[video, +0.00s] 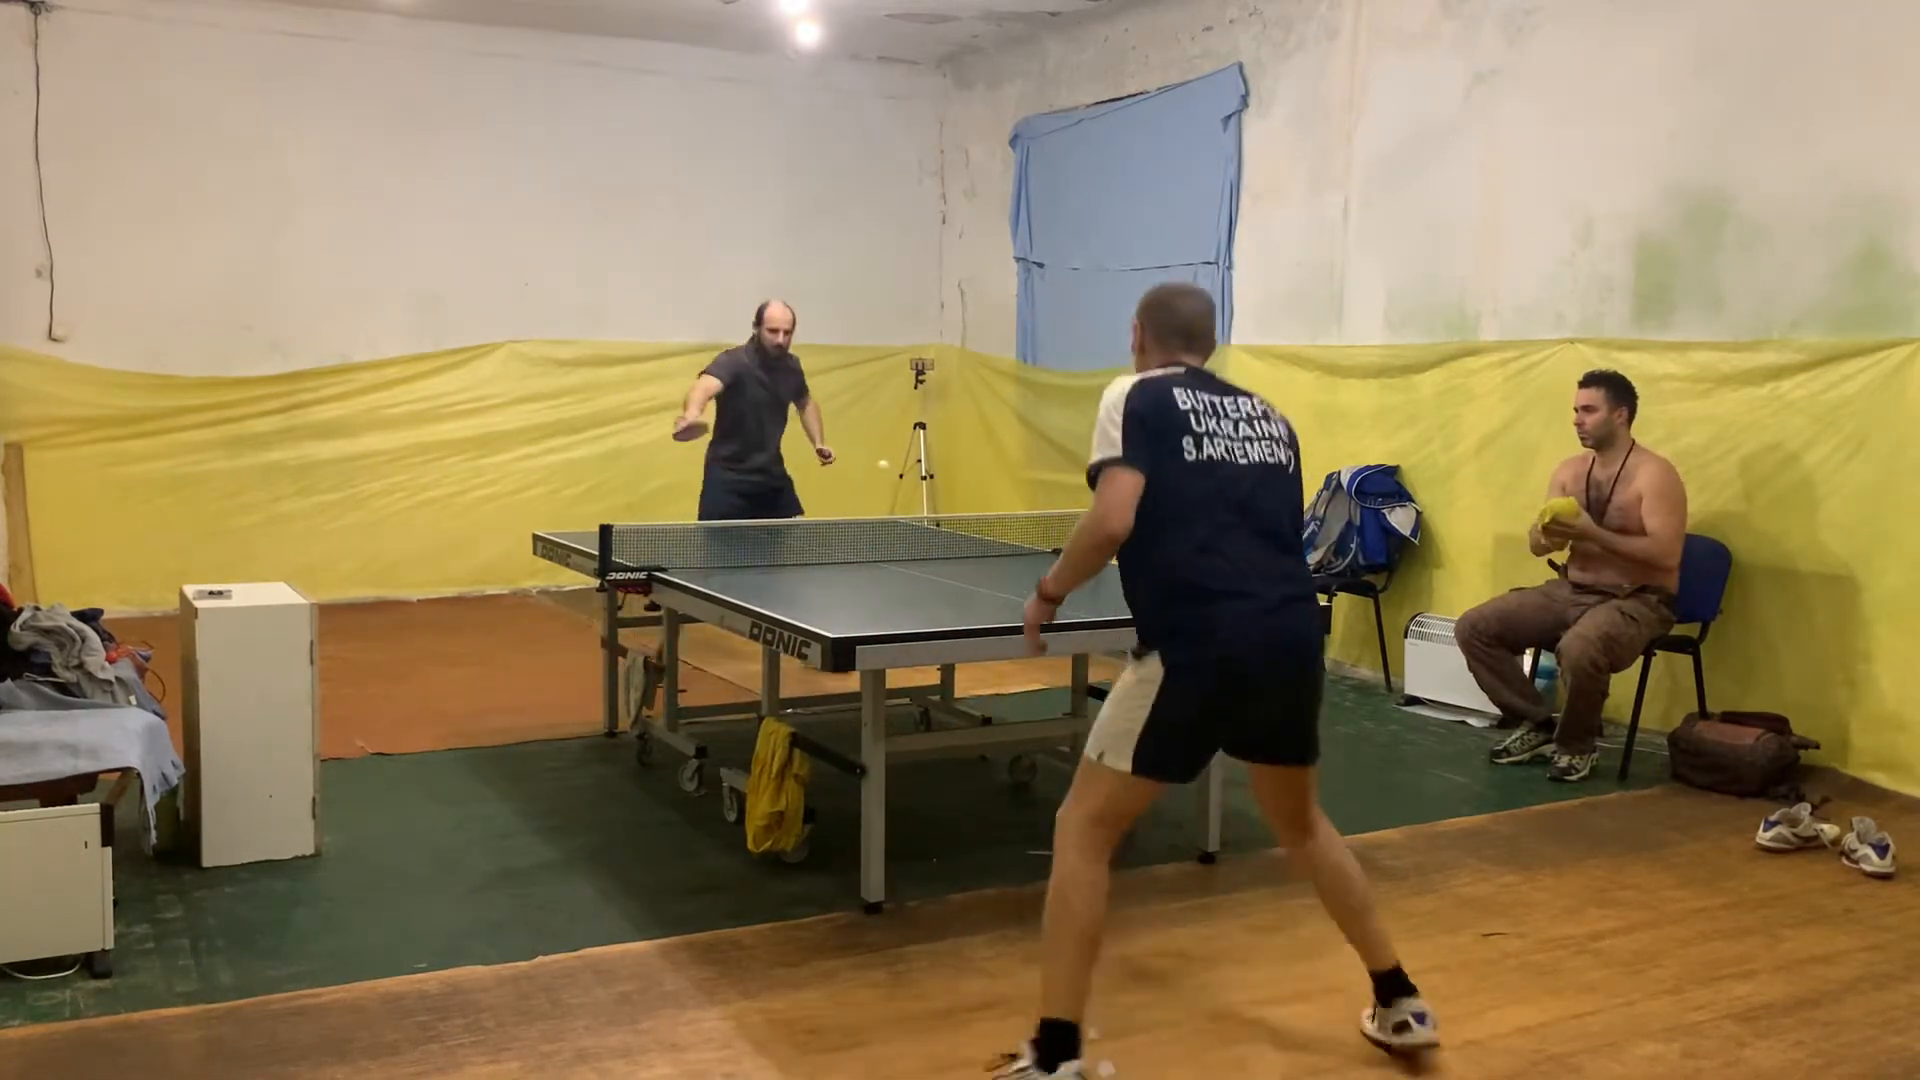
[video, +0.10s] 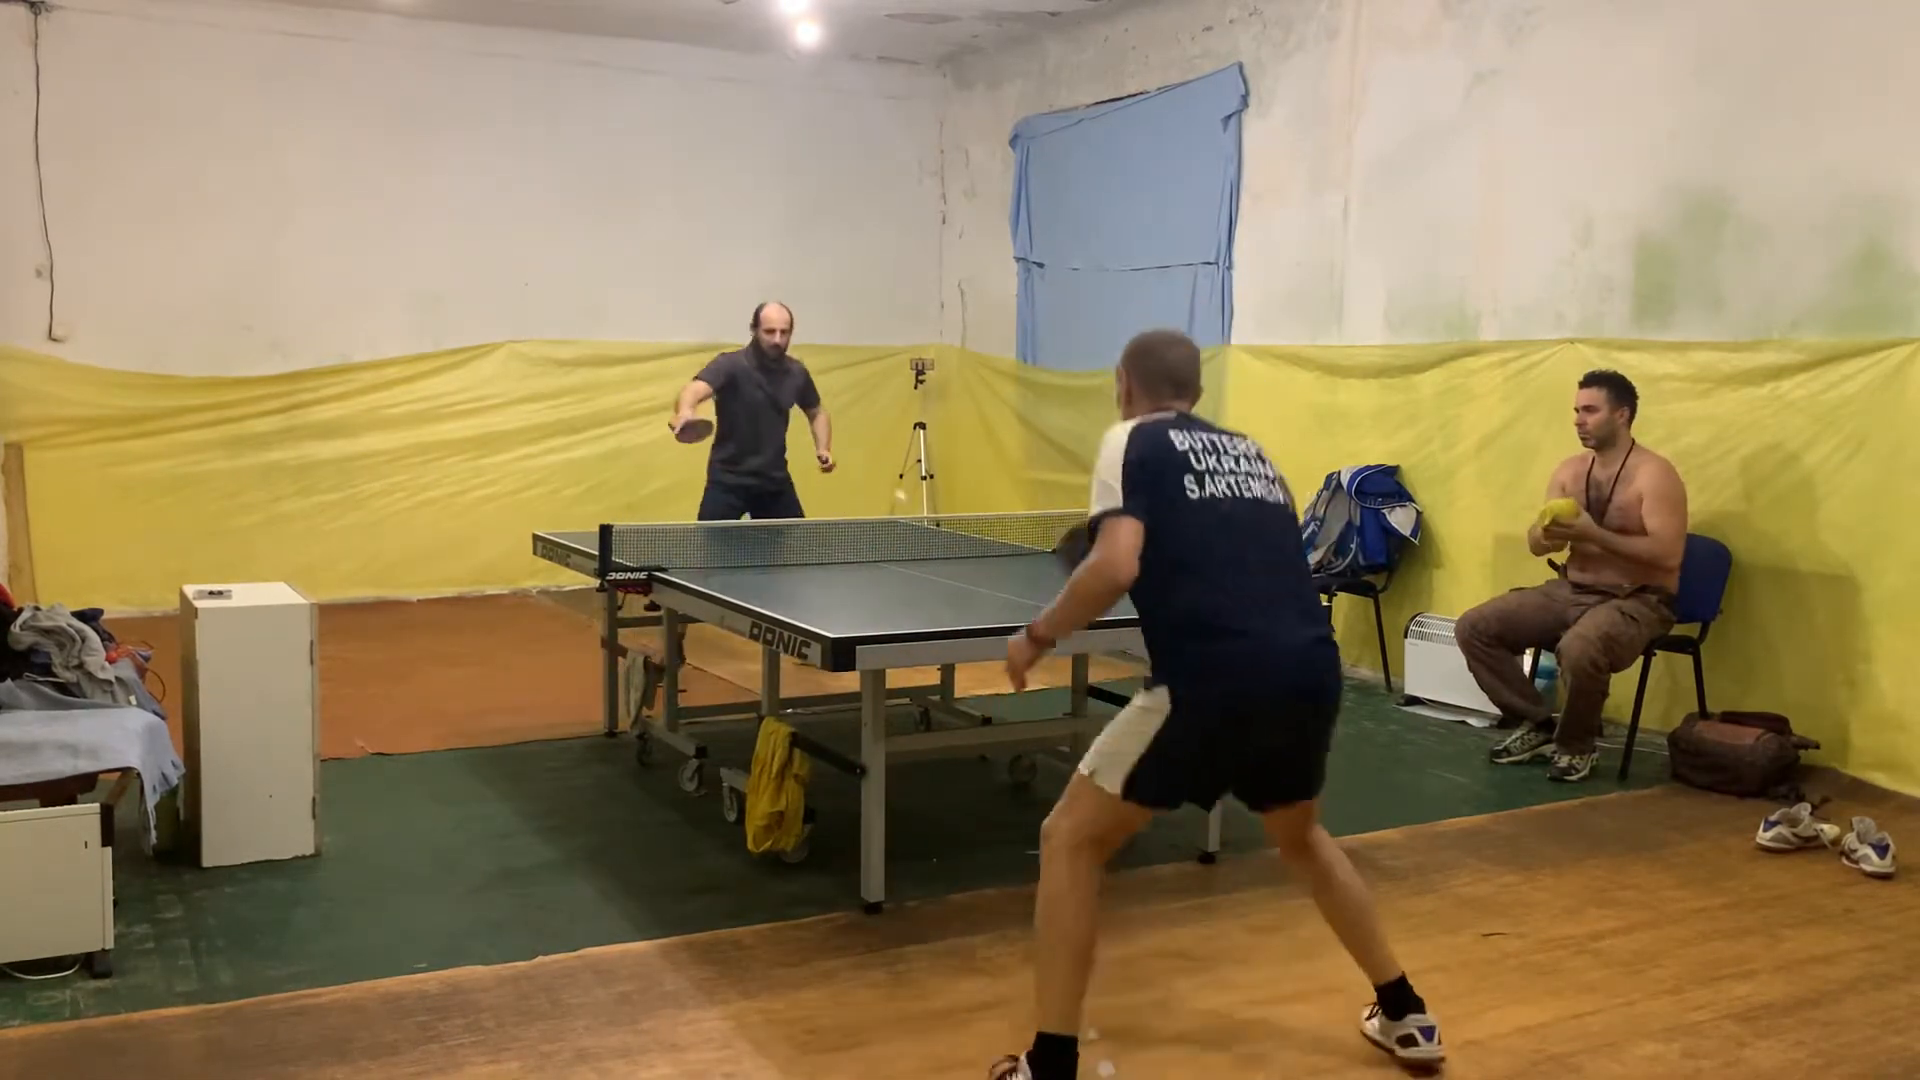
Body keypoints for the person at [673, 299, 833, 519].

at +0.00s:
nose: (780, 340)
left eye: (786, 333)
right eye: (773, 331)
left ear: (792, 333)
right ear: (757, 328)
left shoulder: (791, 367)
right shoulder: (734, 361)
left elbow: (805, 404)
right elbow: (703, 388)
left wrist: (819, 443)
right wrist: (692, 416)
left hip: (770, 473)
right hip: (728, 474)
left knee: (792, 538)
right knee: (719, 549)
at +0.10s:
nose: (777, 340)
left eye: (784, 332)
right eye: (769, 332)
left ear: (791, 334)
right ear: (754, 331)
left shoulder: (796, 372)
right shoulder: (730, 365)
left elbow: (817, 413)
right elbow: (694, 389)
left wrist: (823, 448)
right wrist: (685, 413)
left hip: (774, 483)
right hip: (727, 482)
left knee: (801, 550)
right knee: (708, 550)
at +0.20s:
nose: (769, 350)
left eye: (776, 343)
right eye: (762, 342)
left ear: (784, 344)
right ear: (748, 341)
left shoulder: (794, 385)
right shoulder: (723, 380)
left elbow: (819, 426)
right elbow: (679, 411)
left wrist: (817, 463)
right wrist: (682, 429)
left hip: (775, 493)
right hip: (725, 493)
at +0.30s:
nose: (754, 355)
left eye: (760, 347)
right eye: (746, 347)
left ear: (768, 349)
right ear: (732, 348)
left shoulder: (781, 389)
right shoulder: (709, 387)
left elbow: (807, 434)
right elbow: (661, 423)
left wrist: (798, 476)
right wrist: (677, 436)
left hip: (766, 500)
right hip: (715, 500)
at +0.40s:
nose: (732, 347)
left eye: (739, 340)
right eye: (724, 340)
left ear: (748, 341)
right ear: (711, 341)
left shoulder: (763, 382)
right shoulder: (690, 380)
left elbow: (789, 426)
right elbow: (646, 422)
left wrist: (777, 472)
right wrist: (669, 435)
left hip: (749, 498)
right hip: (698, 497)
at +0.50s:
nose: (714, 342)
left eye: (721, 334)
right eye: (706, 335)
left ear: (730, 336)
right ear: (693, 336)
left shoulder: (750, 374)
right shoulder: (675, 376)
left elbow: (776, 417)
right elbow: (636, 421)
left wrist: (758, 465)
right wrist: (659, 438)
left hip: (736, 488)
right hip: (686, 488)